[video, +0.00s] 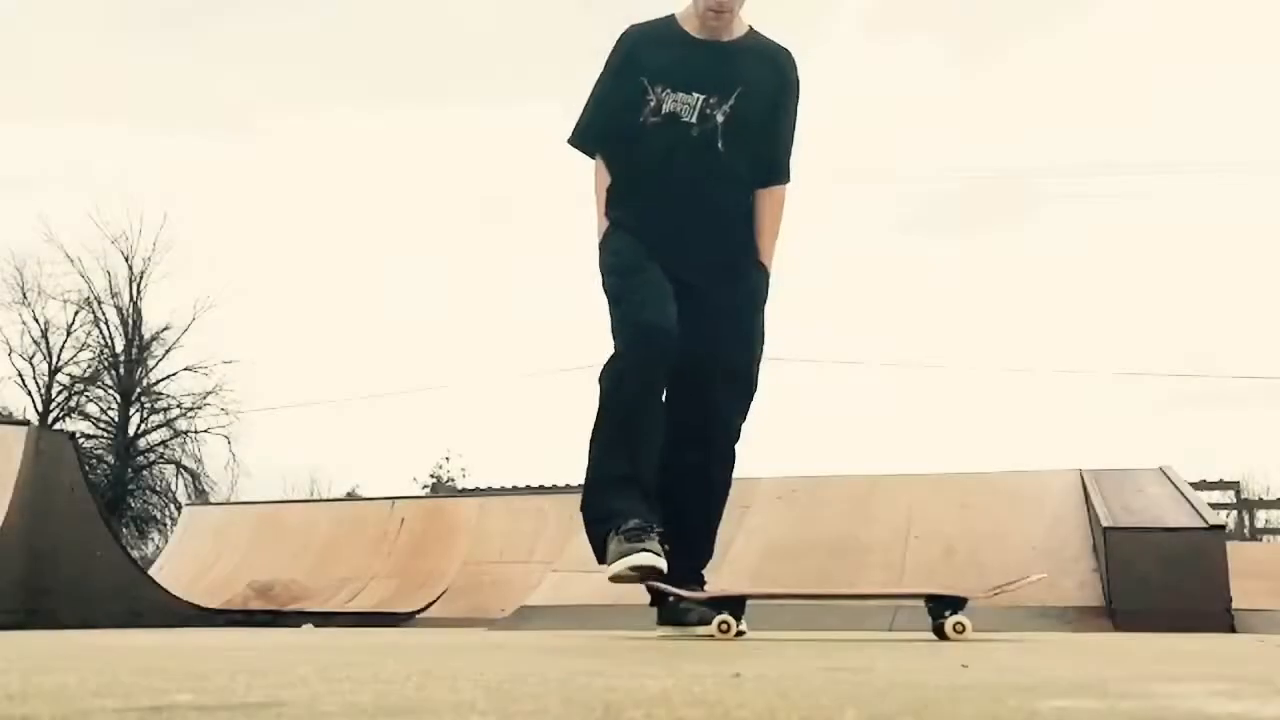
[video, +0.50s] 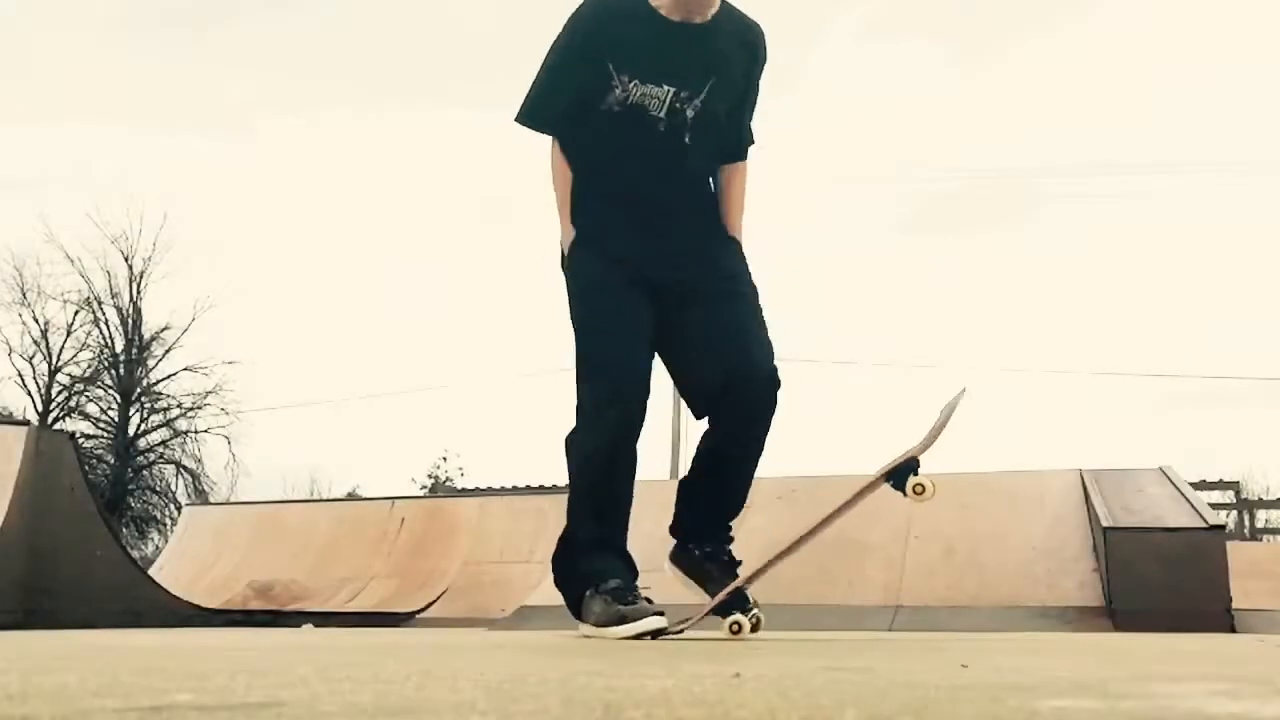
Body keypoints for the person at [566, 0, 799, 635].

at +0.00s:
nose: (717, 2)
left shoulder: (774, 66)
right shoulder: (640, 44)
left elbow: (771, 179)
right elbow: (608, 155)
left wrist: (761, 269)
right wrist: (608, 239)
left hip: (727, 258)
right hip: (639, 245)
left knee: (711, 415)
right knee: (650, 341)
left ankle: (684, 580)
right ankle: (629, 525)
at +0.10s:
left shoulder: (771, 61)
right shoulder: (636, 41)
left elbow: (770, 177)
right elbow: (606, 157)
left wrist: (761, 268)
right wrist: (607, 241)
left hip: (727, 258)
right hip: (638, 246)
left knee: (710, 416)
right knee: (645, 346)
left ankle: (682, 580)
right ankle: (623, 531)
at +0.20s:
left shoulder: (768, 59)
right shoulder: (633, 39)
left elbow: (766, 176)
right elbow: (600, 154)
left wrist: (758, 268)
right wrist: (602, 238)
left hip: (725, 260)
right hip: (634, 251)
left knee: (708, 419)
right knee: (635, 367)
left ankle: (681, 579)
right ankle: (623, 549)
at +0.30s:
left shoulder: (764, 53)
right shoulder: (628, 32)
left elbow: (762, 173)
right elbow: (594, 153)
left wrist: (753, 268)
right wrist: (597, 245)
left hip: (721, 263)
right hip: (627, 255)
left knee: (709, 422)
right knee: (633, 383)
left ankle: (679, 578)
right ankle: (619, 563)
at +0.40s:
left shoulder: (754, 34)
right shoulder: (616, 15)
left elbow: (752, 154)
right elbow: (583, 138)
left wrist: (744, 250)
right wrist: (587, 236)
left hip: (714, 255)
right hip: (619, 247)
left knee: (709, 421)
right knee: (621, 395)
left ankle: (686, 574)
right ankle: (598, 570)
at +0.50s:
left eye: (715, 1)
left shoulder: (742, 38)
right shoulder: (601, 18)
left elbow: (733, 153)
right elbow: (565, 137)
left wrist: (730, 248)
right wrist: (571, 235)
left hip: (699, 246)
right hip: (607, 245)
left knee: (750, 385)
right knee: (614, 406)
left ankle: (702, 536)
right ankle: (596, 577)